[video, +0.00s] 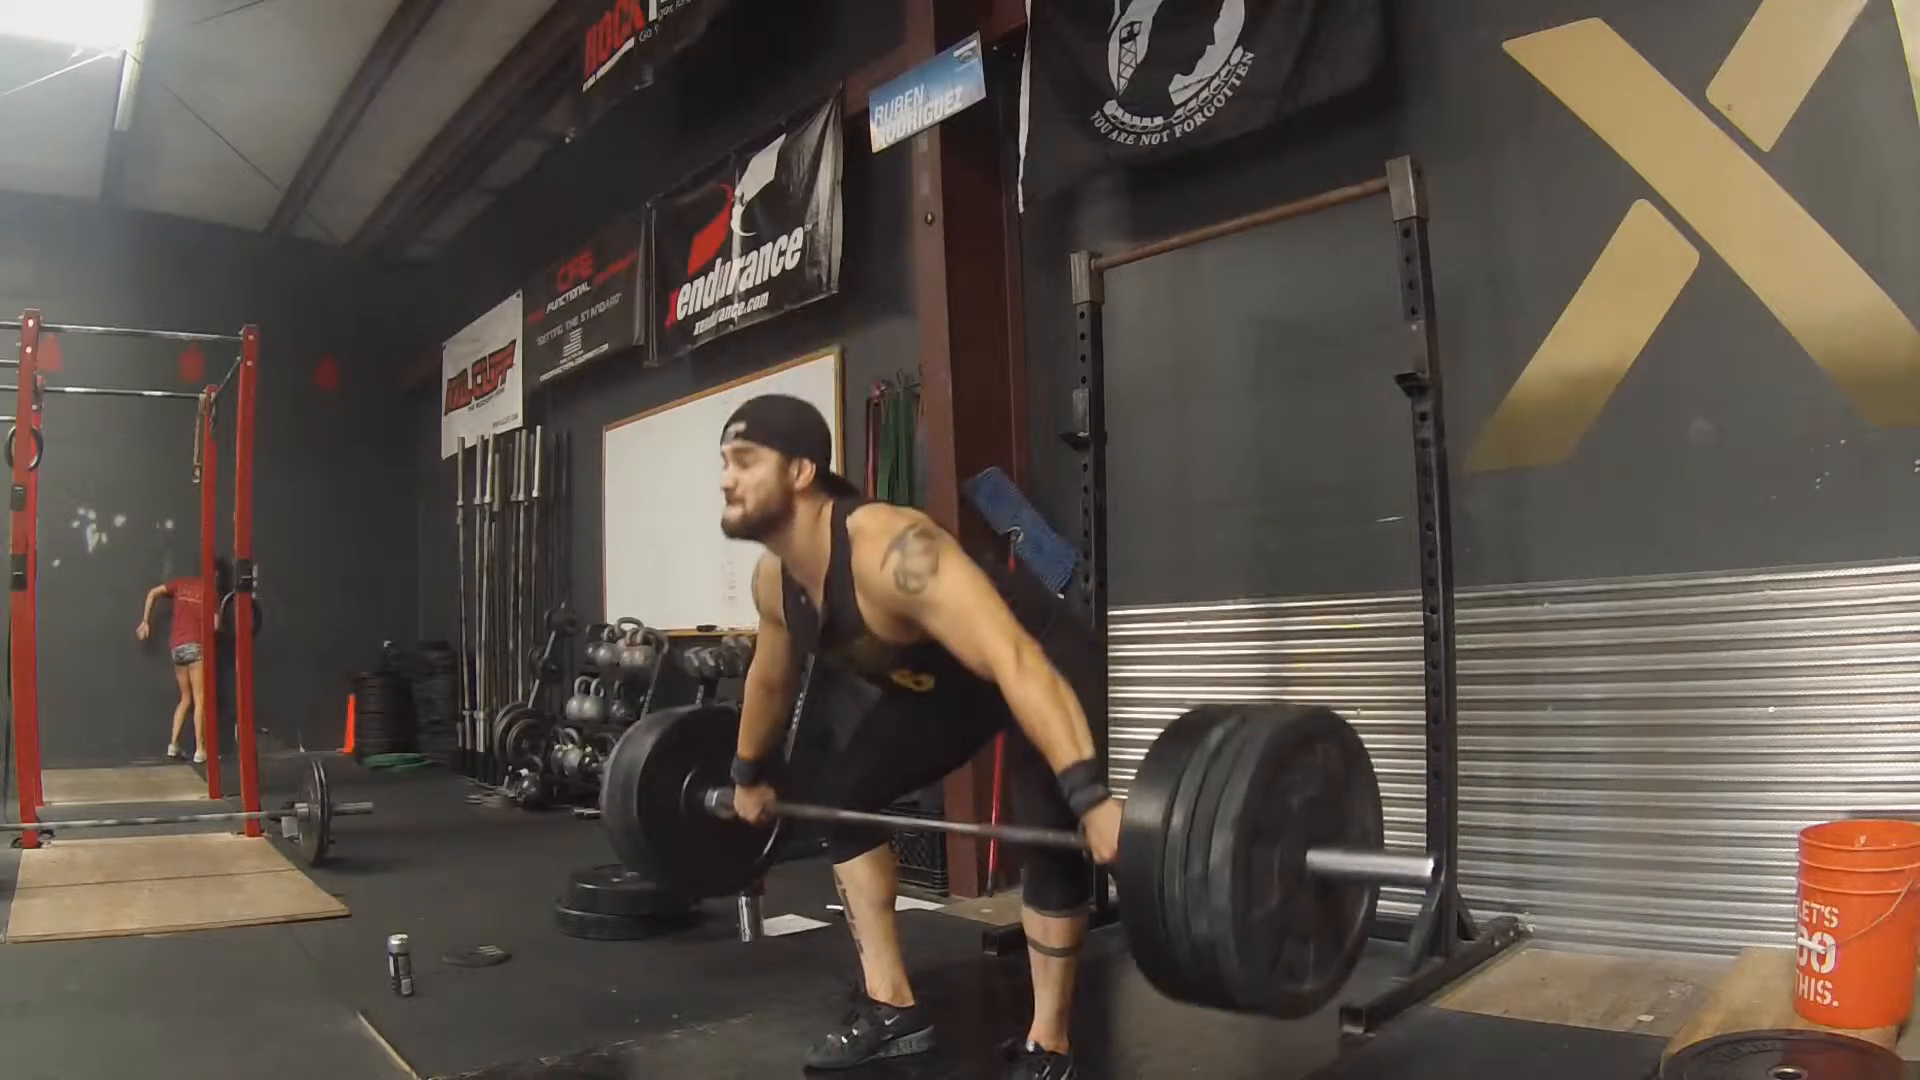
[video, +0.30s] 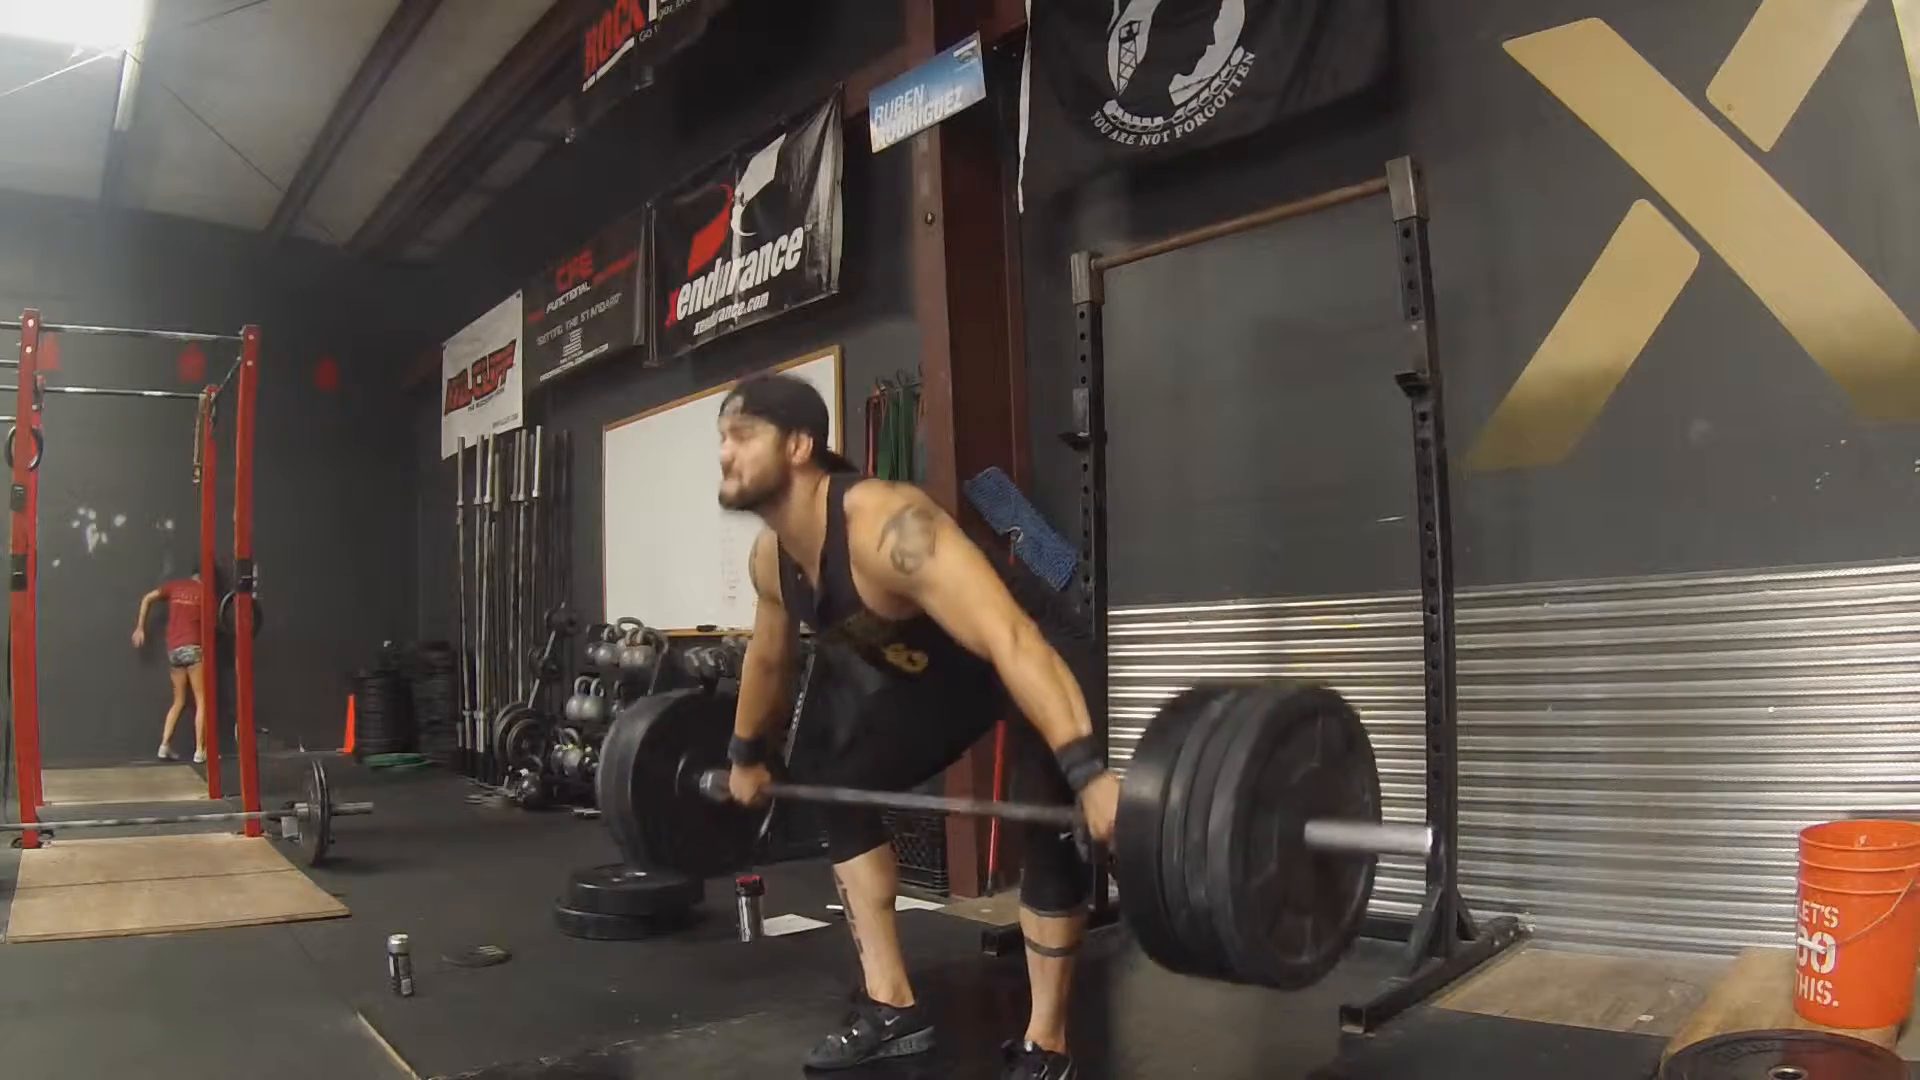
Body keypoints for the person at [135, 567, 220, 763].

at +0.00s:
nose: (218, 580)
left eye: (217, 576)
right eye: (218, 576)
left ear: (203, 571)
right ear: (215, 575)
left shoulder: (181, 584)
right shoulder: (212, 592)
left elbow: (153, 592)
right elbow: (215, 624)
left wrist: (145, 621)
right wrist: (213, 609)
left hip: (176, 643)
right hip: (196, 643)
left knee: (185, 698)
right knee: (199, 699)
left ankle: (173, 744)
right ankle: (200, 749)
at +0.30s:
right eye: (209, 579)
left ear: (193, 574)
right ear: (207, 577)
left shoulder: (174, 586)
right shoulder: (206, 592)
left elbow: (147, 598)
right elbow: (213, 621)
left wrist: (139, 628)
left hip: (174, 646)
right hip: (194, 645)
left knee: (178, 701)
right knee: (201, 701)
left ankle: (164, 745)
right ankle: (200, 750)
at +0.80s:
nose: (204, 586)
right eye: (205, 583)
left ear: (190, 575)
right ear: (202, 579)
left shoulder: (170, 588)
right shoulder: (200, 592)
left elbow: (147, 607)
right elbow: (206, 621)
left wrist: (144, 639)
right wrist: (207, 647)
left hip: (168, 646)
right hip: (189, 645)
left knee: (173, 701)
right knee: (200, 698)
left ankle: (164, 748)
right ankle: (200, 749)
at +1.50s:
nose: (205, 575)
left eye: (204, 570)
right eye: (205, 571)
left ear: (189, 566)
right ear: (201, 569)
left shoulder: (170, 583)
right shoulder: (201, 587)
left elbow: (150, 607)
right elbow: (208, 616)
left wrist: (151, 637)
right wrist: (209, 641)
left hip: (171, 640)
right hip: (193, 639)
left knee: (169, 696)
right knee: (197, 698)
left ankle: (163, 748)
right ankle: (200, 747)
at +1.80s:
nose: (204, 570)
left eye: (203, 566)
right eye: (203, 566)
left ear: (186, 565)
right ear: (198, 565)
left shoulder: (170, 585)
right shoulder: (199, 584)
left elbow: (158, 618)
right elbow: (206, 614)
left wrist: (159, 648)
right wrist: (208, 640)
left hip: (172, 644)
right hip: (193, 643)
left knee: (169, 698)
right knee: (198, 698)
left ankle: (163, 748)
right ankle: (200, 747)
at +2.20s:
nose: (203, 570)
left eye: (200, 567)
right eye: (202, 567)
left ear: (186, 564)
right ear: (199, 565)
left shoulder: (171, 587)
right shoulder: (199, 584)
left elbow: (167, 620)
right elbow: (206, 613)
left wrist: (171, 635)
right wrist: (208, 637)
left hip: (173, 642)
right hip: (193, 641)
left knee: (169, 696)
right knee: (199, 695)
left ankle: (163, 748)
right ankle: (200, 747)